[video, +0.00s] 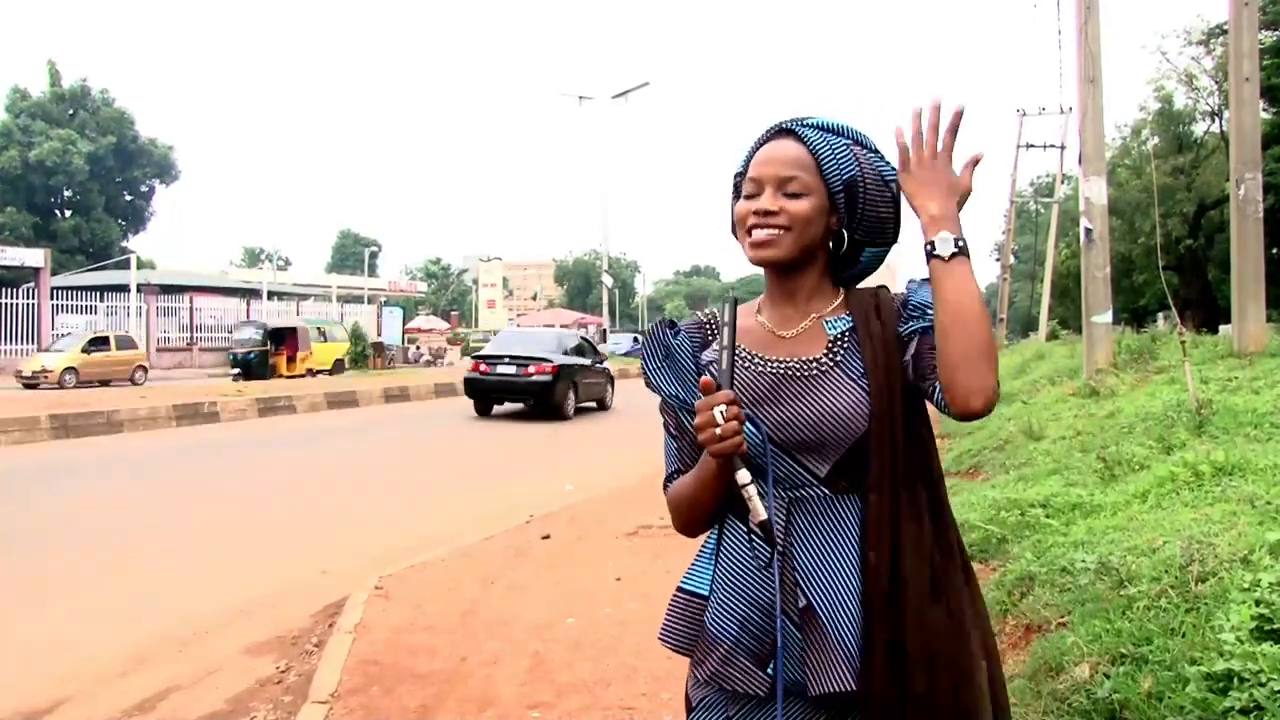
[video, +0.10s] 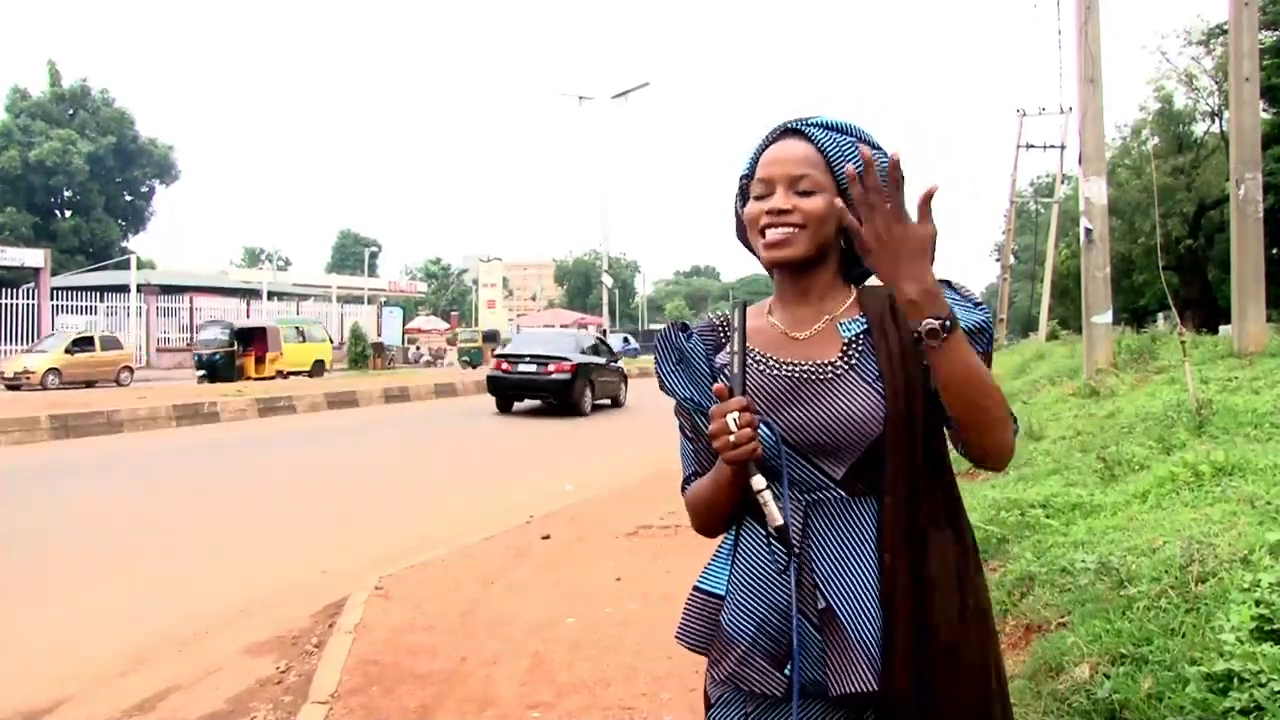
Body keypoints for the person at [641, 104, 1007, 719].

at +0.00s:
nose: (762, 206)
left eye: (791, 191)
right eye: (751, 191)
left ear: (838, 214)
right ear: (736, 209)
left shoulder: (891, 317)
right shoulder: (701, 344)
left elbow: (972, 394)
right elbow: (686, 518)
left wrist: (940, 222)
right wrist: (714, 459)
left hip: (875, 630)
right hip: (745, 633)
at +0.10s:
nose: (778, 206)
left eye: (805, 189)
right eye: (762, 192)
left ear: (849, 213)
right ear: (744, 216)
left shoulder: (911, 310)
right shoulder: (714, 346)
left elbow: (995, 450)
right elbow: (704, 519)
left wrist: (920, 295)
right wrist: (729, 465)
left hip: (894, 626)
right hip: (762, 628)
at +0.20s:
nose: (790, 205)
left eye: (816, 186)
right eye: (772, 191)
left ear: (859, 208)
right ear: (754, 217)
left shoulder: (933, 320)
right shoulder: (724, 348)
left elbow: (982, 480)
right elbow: (722, 518)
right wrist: (743, 473)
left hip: (919, 637)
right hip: (781, 639)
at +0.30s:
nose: (806, 206)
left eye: (829, 187)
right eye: (786, 194)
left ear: (869, 208)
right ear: (767, 221)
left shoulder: (941, 326)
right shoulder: (737, 350)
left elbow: (978, 491)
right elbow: (733, 516)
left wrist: (889, 463)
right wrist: (752, 479)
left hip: (911, 623)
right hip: (789, 633)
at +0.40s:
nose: (826, 207)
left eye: (846, 188)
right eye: (803, 196)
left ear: (881, 206)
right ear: (781, 223)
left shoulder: (950, 319)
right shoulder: (750, 346)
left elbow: (988, 475)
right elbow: (742, 513)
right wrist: (761, 480)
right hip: (808, 612)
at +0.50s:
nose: (833, 202)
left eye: (852, 182)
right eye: (808, 193)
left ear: (891, 199)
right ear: (789, 223)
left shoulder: (954, 304)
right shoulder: (756, 341)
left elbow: (991, 443)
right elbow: (751, 508)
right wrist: (770, 476)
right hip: (807, 633)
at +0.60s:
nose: (828, 203)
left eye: (849, 183)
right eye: (805, 193)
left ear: (887, 199)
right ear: (785, 220)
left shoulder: (955, 314)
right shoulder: (758, 342)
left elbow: (998, 480)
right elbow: (757, 510)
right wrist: (774, 474)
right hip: (813, 611)